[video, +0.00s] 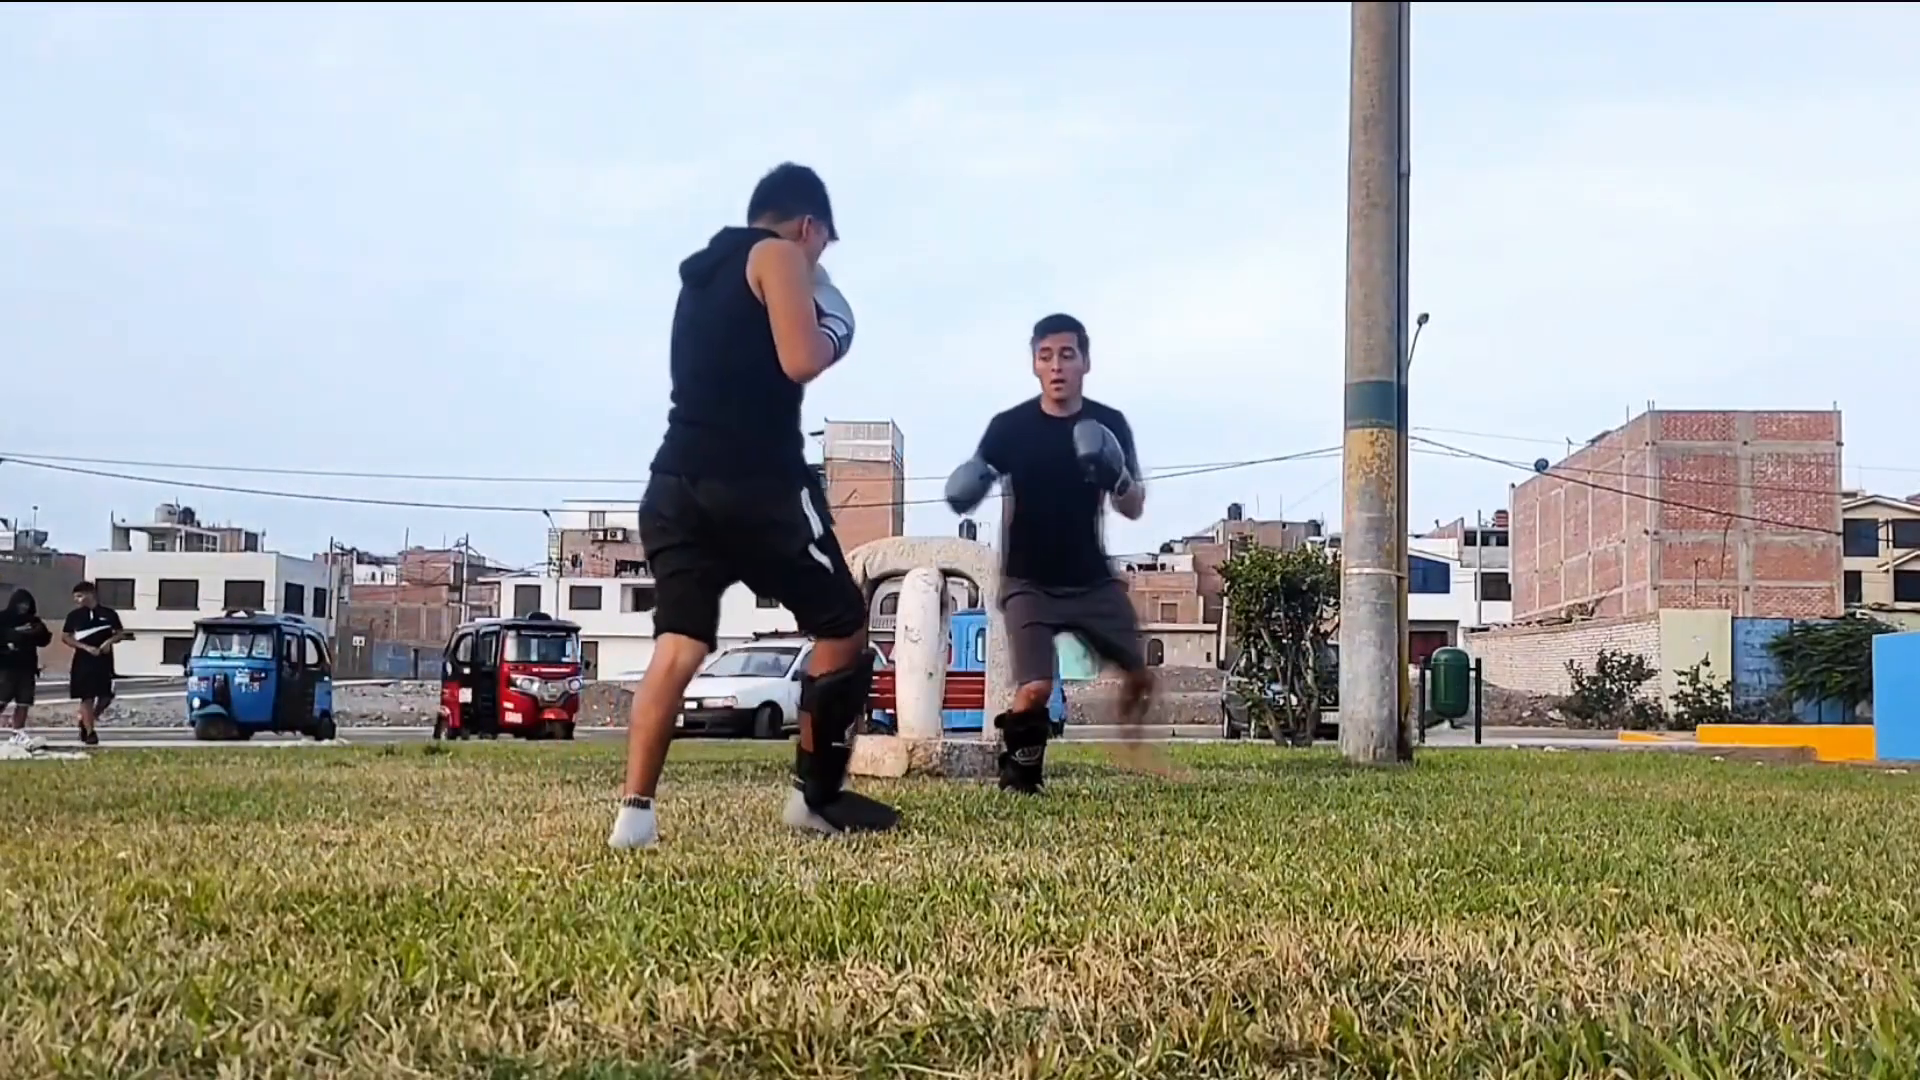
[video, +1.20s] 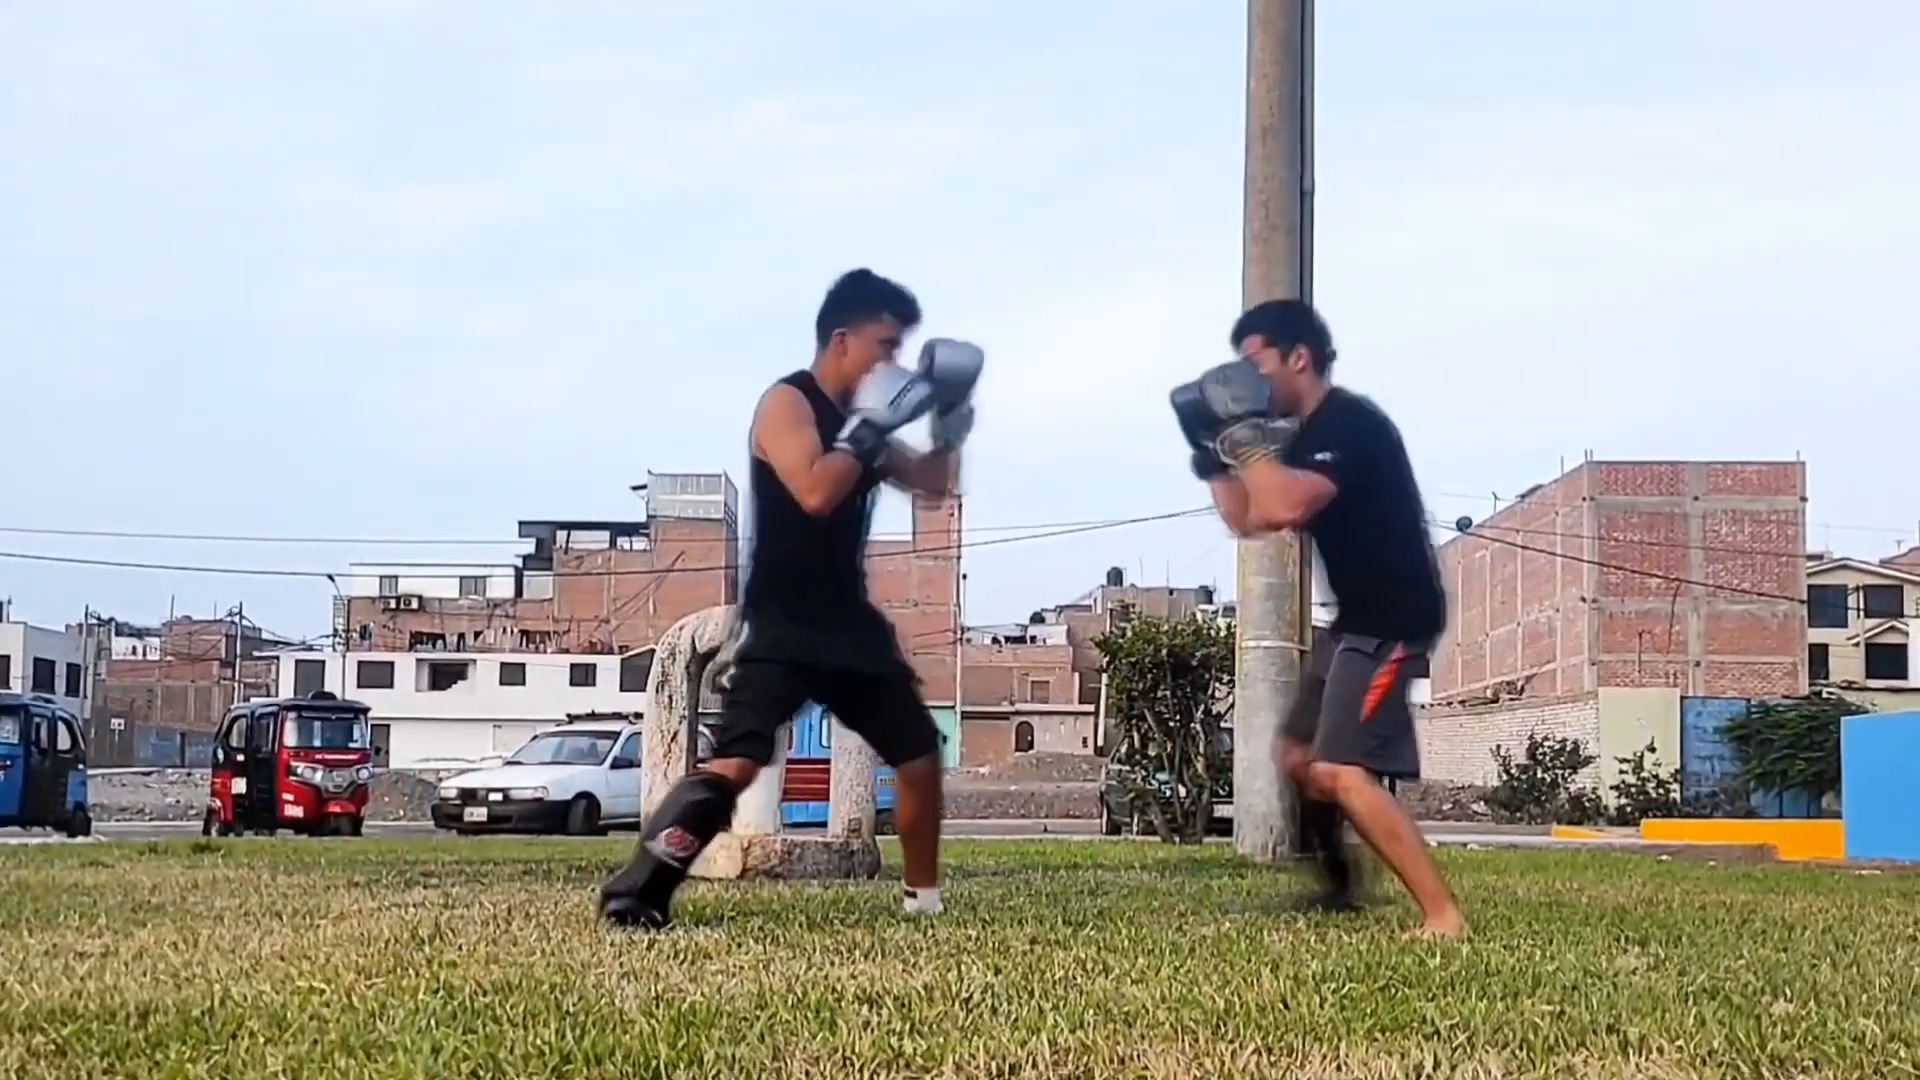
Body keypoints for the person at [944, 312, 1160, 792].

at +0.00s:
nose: (1056, 365)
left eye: (1067, 354)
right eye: (1046, 355)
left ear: (1086, 363)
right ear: (1034, 364)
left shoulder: (1109, 424)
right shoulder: (1007, 426)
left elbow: (1133, 509)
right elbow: (970, 492)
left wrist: (1116, 473)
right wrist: (962, 491)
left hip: (1090, 578)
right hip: (1027, 580)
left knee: (1140, 676)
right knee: (1035, 687)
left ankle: (1127, 745)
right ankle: (1019, 792)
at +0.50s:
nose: (1062, 387)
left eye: (1073, 376)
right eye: (1056, 379)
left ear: (1106, 379)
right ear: (1052, 387)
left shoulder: (1154, 433)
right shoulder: (1055, 450)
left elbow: (1158, 511)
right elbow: (1011, 521)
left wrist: (1122, 449)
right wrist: (992, 460)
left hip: (1158, 588)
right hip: (1086, 594)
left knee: (1205, 668)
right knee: (1032, 695)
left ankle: (1219, 764)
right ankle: (1027, 798)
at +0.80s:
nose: (1122, 356)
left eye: (1132, 342)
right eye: (1118, 346)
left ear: (1173, 340)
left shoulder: (1221, 397)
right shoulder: (1152, 414)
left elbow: (1189, 469)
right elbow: (1093, 488)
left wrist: (1140, 406)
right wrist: (1076, 420)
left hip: (1216, 579)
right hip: (1161, 578)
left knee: (1186, 707)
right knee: (1114, 698)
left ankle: (1204, 841)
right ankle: (1096, 825)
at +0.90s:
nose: (1149, 344)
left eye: (1156, 332)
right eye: (1143, 336)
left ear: (1196, 323)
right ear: (1182, 333)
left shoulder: (1251, 376)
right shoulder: (1185, 398)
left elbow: (1213, 448)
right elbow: (1117, 468)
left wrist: (1168, 379)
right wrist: (1098, 394)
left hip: (1256, 566)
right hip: (1209, 569)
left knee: (1222, 695)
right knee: (1171, 700)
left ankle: (1240, 832)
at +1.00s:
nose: (1189, 355)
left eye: (1197, 341)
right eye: (1182, 346)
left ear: (1231, 333)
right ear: (1208, 347)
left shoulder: (1289, 388)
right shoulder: (1221, 412)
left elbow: (1230, 445)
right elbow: (1141, 466)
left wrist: (1192, 374)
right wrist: (1126, 386)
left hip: (1301, 579)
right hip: (1260, 582)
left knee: (1262, 702)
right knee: (1244, 735)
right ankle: (1299, 865)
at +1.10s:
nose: (1225, 376)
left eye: (1232, 361)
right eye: (1221, 364)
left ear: (1269, 355)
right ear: (1261, 363)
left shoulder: (1319, 413)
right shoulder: (1272, 430)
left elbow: (1246, 476)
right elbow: (1193, 489)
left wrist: (1213, 400)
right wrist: (1170, 422)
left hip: (1355, 612)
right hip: (1310, 617)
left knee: (1338, 747)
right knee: (1271, 747)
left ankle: (1449, 901)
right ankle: (1297, 886)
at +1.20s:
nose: (1251, 378)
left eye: (1257, 363)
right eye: (1245, 367)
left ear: (1302, 357)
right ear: (1289, 364)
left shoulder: (1351, 420)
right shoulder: (1304, 434)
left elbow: (1280, 506)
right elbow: (1244, 519)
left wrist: (1244, 434)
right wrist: (1209, 451)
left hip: (1394, 620)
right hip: (1351, 619)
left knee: (1342, 770)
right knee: (1297, 755)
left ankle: (1444, 916)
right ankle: (1345, 895)